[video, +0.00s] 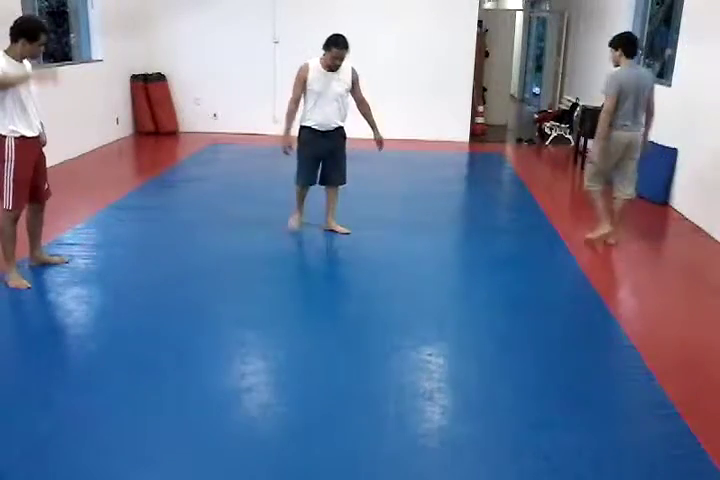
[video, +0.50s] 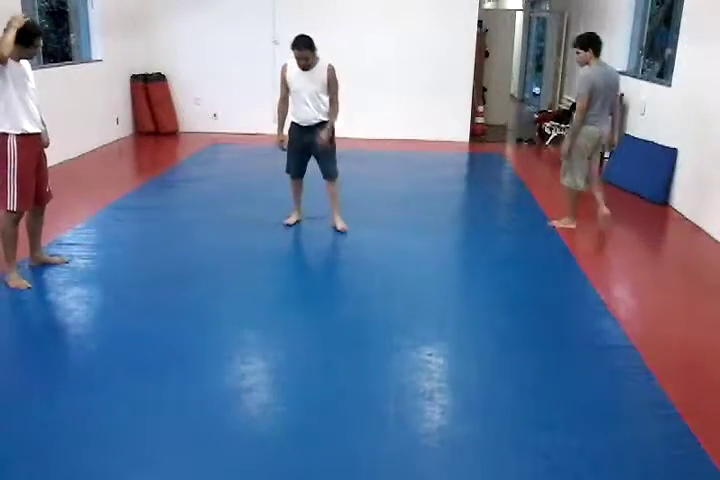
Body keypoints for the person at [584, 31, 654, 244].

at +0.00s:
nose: (611, 55)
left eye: (612, 51)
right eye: (611, 51)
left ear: (620, 52)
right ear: (632, 52)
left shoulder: (616, 77)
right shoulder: (647, 76)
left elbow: (607, 112)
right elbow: (650, 111)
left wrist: (597, 142)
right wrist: (645, 136)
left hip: (615, 134)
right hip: (636, 135)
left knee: (594, 176)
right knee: (624, 185)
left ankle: (604, 223)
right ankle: (613, 231)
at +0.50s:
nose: (576, 57)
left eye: (578, 53)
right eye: (575, 53)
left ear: (589, 52)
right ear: (593, 52)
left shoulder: (587, 75)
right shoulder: (612, 74)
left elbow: (580, 111)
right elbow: (615, 107)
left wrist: (568, 139)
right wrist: (613, 134)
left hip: (585, 129)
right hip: (602, 129)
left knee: (572, 173)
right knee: (593, 173)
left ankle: (570, 217)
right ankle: (602, 206)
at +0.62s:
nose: (569, 55)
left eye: (572, 51)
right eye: (569, 51)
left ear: (584, 50)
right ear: (588, 50)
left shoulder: (584, 72)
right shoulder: (604, 70)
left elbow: (578, 106)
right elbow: (609, 105)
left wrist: (560, 132)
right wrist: (608, 131)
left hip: (583, 126)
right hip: (597, 126)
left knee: (572, 172)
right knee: (580, 167)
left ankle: (573, 217)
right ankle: (585, 206)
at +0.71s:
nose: (567, 55)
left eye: (570, 51)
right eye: (567, 51)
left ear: (581, 50)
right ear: (584, 51)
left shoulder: (584, 71)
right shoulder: (599, 70)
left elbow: (578, 106)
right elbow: (604, 102)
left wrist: (559, 130)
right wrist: (604, 127)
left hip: (584, 125)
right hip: (595, 125)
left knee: (572, 168)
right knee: (577, 167)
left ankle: (572, 217)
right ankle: (575, 213)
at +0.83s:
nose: (566, 55)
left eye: (569, 50)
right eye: (565, 50)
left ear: (581, 51)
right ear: (578, 51)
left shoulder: (586, 73)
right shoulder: (580, 70)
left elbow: (584, 108)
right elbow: (577, 105)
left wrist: (562, 128)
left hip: (586, 125)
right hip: (580, 124)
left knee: (575, 169)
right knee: (573, 168)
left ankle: (573, 217)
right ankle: (571, 213)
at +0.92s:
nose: (566, 55)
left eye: (569, 50)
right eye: (566, 50)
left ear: (581, 50)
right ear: (575, 51)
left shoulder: (589, 73)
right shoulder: (578, 70)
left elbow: (590, 106)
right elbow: (578, 103)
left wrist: (573, 129)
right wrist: (568, 125)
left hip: (585, 126)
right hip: (577, 124)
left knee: (575, 170)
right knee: (570, 168)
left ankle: (574, 217)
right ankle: (570, 212)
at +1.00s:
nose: (567, 56)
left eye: (570, 51)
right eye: (566, 51)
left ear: (582, 51)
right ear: (569, 51)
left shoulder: (592, 71)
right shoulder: (576, 70)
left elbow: (597, 102)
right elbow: (575, 98)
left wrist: (594, 123)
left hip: (585, 122)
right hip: (573, 121)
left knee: (576, 169)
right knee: (570, 168)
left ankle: (574, 216)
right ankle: (570, 212)